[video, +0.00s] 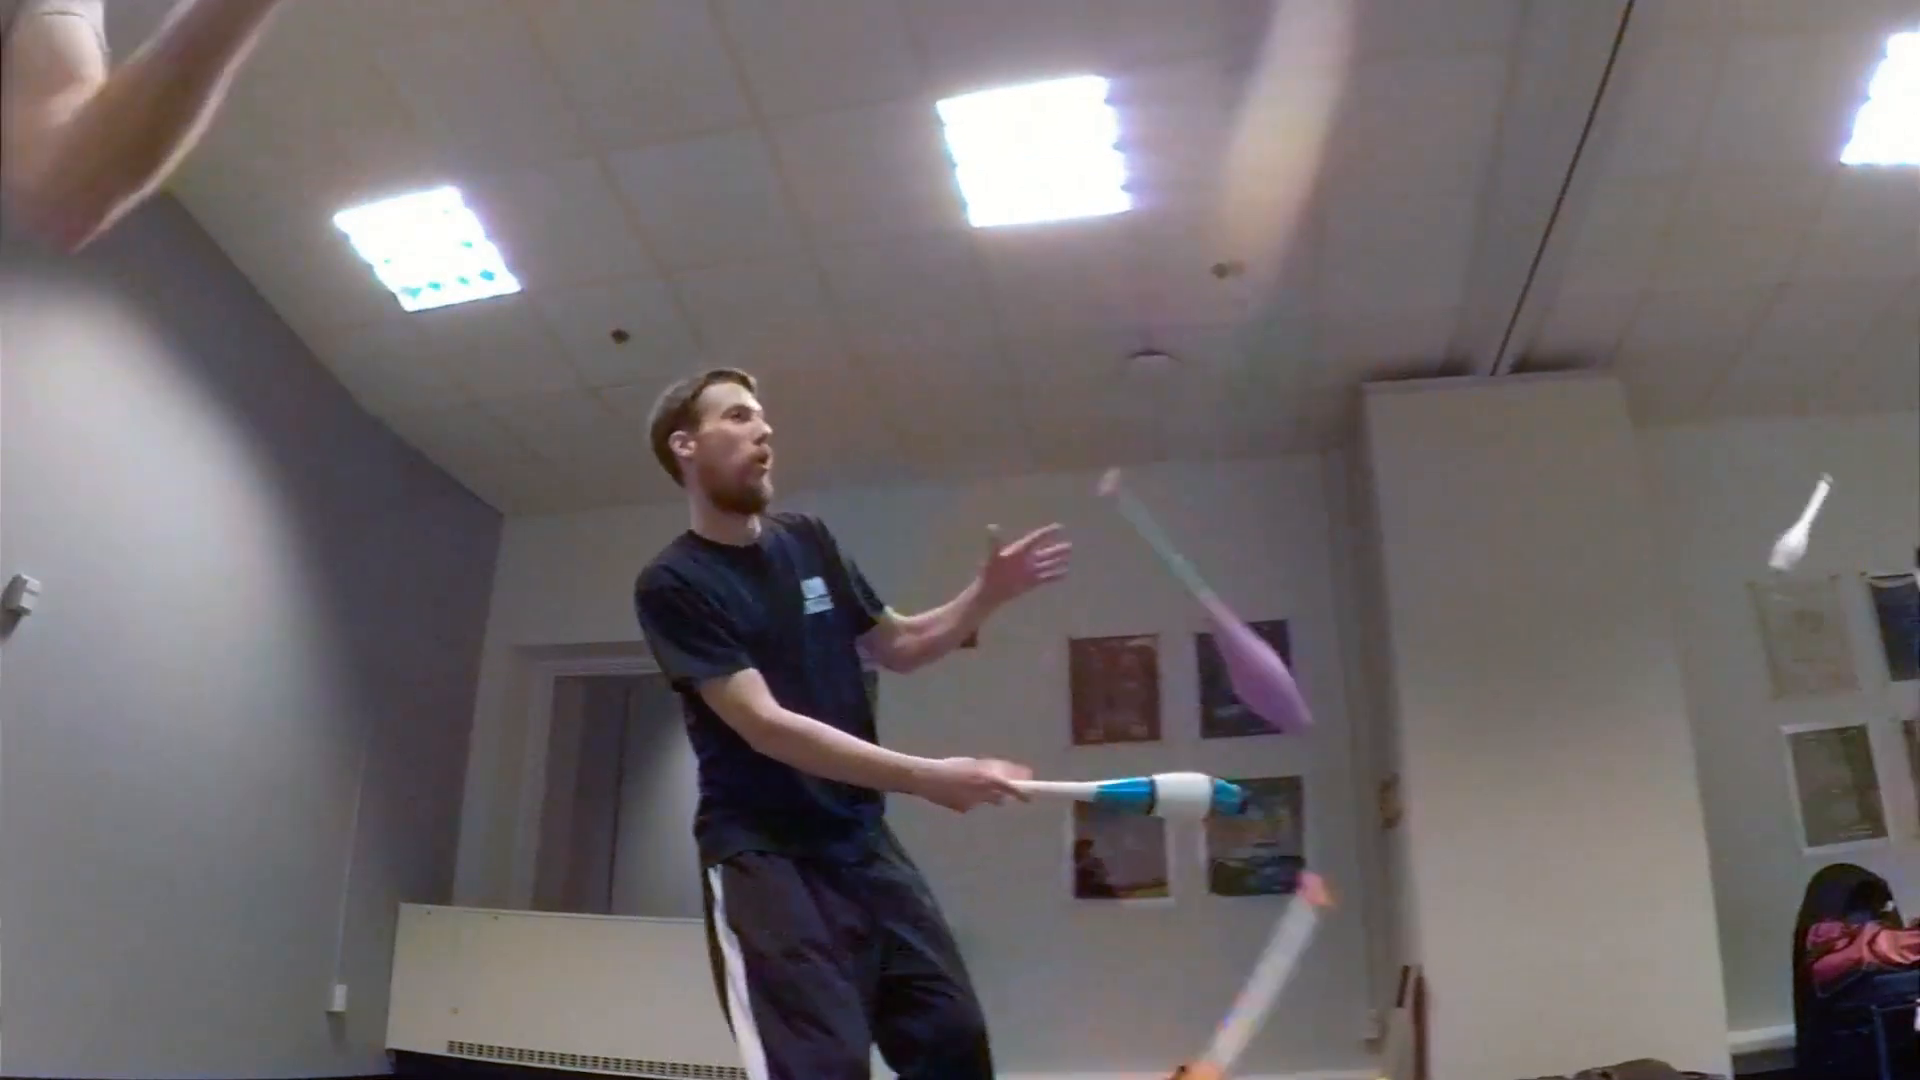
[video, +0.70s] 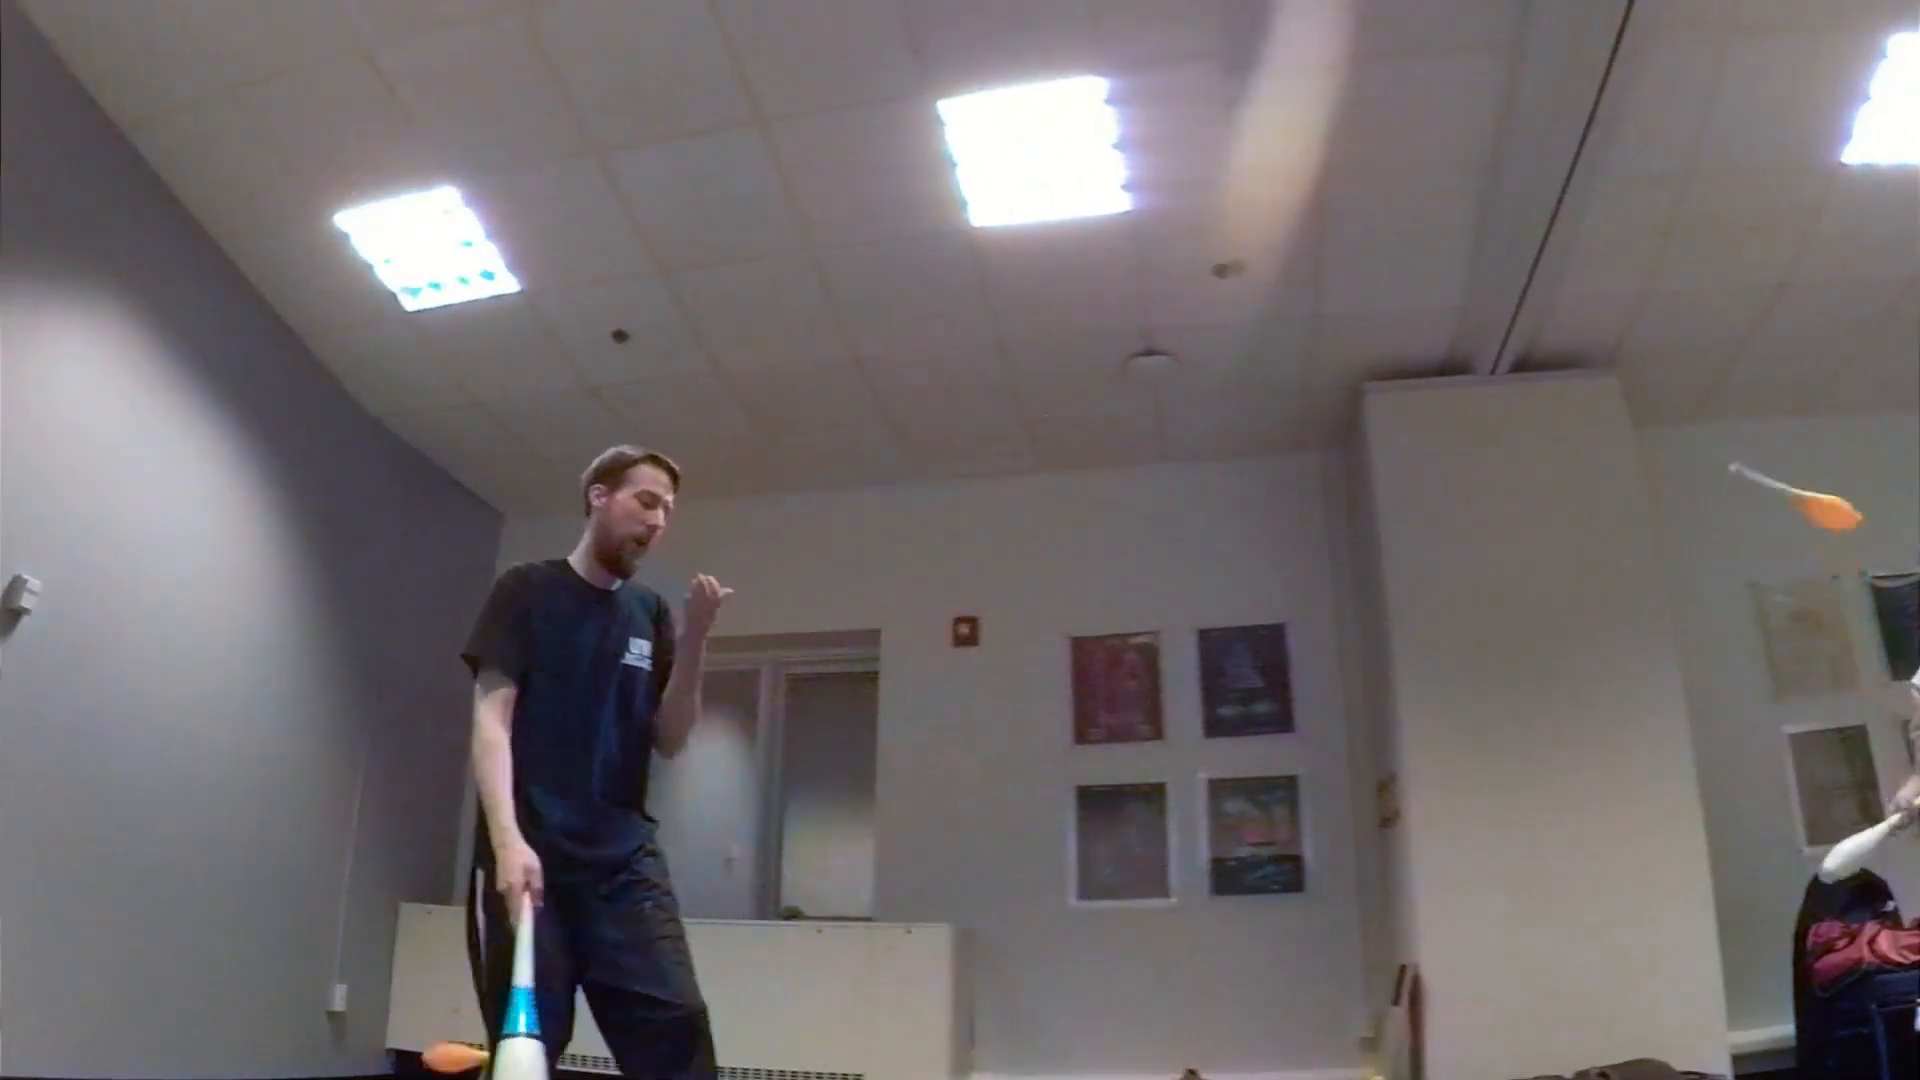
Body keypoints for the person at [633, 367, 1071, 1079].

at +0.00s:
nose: (763, 429)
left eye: (761, 416)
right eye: (736, 417)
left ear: (770, 437)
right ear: (682, 448)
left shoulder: (805, 539)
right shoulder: (674, 583)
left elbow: (893, 647)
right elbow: (761, 723)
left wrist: (985, 594)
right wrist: (926, 775)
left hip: (860, 841)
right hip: (762, 855)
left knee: (951, 1040)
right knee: (822, 1059)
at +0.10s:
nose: (750, 450)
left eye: (750, 437)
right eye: (725, 436)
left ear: (758, 455)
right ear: (672, 462)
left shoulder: (794, 552)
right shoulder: (649, 598)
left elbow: (874, 678)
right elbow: (717, 741)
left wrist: (907, 590)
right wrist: (870, 789)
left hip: (841, 857)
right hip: (743, 870)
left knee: (882, 1056)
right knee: (784, 1060)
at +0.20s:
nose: (745, 467)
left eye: (749, 456)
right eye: (724, 452)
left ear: (755, 477)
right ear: (673, 474)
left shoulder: (791, 571)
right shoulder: (640, 605)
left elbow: (863, 697)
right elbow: (676, 749)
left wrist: (836, 580)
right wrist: (807, 807)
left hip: (805, 860)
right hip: (704, 867)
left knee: (811, 1061)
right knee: (719, 1057)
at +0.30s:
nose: (744, 484)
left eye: (751, 474)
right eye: (725, 469)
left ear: (758, 492)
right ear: (675, 481)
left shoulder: (772, 583)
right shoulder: (625, 602)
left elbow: (837, 693)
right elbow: (640, 744)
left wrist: (791, 569)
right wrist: (746, 822)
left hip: (776, 865)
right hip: (667, 869)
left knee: (800, 1050)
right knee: (666, 1039)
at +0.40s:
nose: (728, 492)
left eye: (738, 482)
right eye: (714, 475)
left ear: (744, 500)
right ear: (667, 480)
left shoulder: (747, 591)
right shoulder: (606, 589)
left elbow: (798, 696)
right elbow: (598, 728)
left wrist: (760, 568)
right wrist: (677, 823)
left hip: (745, 861)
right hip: (637, 861)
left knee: (774, 1051)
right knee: (624, 1055)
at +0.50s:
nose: (707, 501)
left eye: (716, 491)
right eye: (693, 483)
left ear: (720, 507)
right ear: (646, 485)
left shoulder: (715, 599)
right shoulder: (581, 583)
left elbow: (759, 705)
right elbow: (556, 721)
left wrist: (733, 582)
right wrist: (614, 828)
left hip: (706, 866)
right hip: (601, 865)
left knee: (748, 1051)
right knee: (584, 1057)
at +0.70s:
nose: (657, 520)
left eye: (666, 509)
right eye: (645, 500)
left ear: (667, 523)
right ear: (597, 497)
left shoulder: (650, 614)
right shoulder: (525, 589)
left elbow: (670, 738)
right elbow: (491, 720)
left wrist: (692, 644)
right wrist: (506, 840)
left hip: (622, 858)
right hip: (530, 855)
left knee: (675, 1029)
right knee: (528, 1045)